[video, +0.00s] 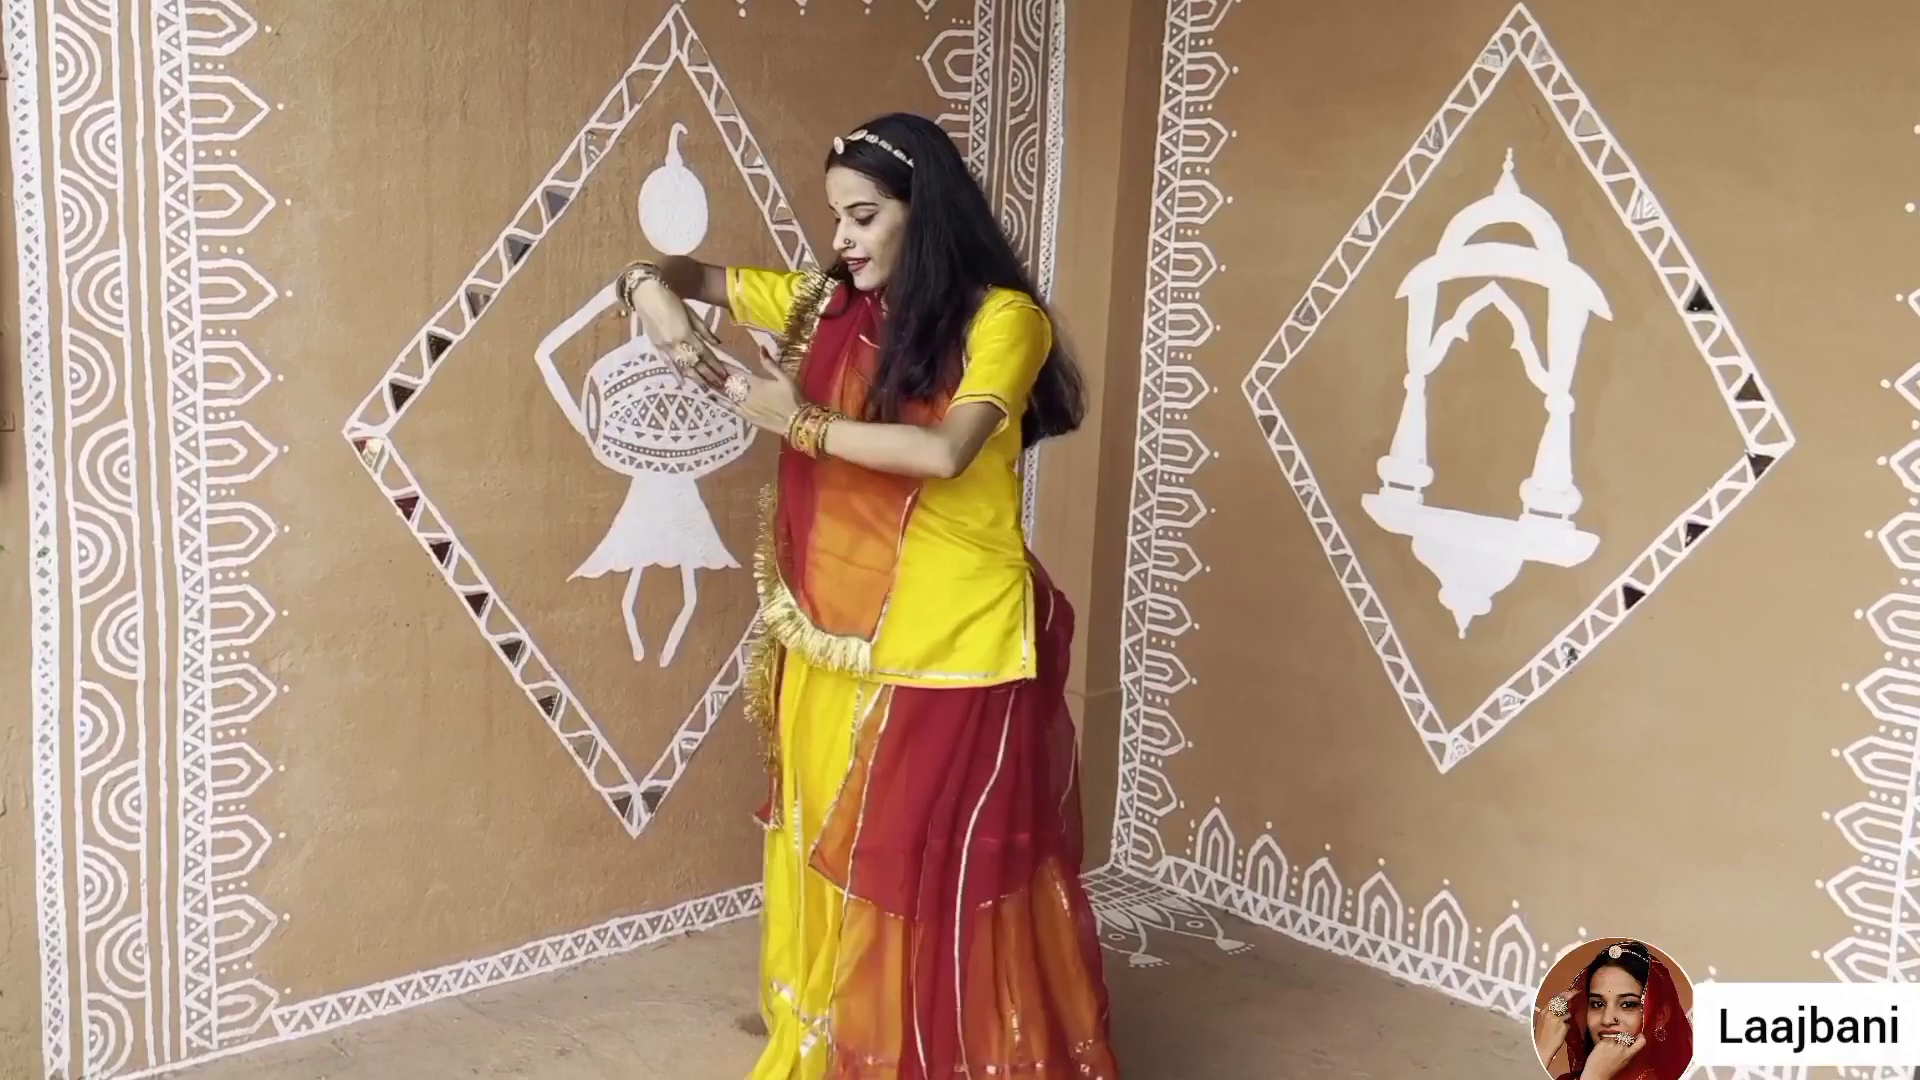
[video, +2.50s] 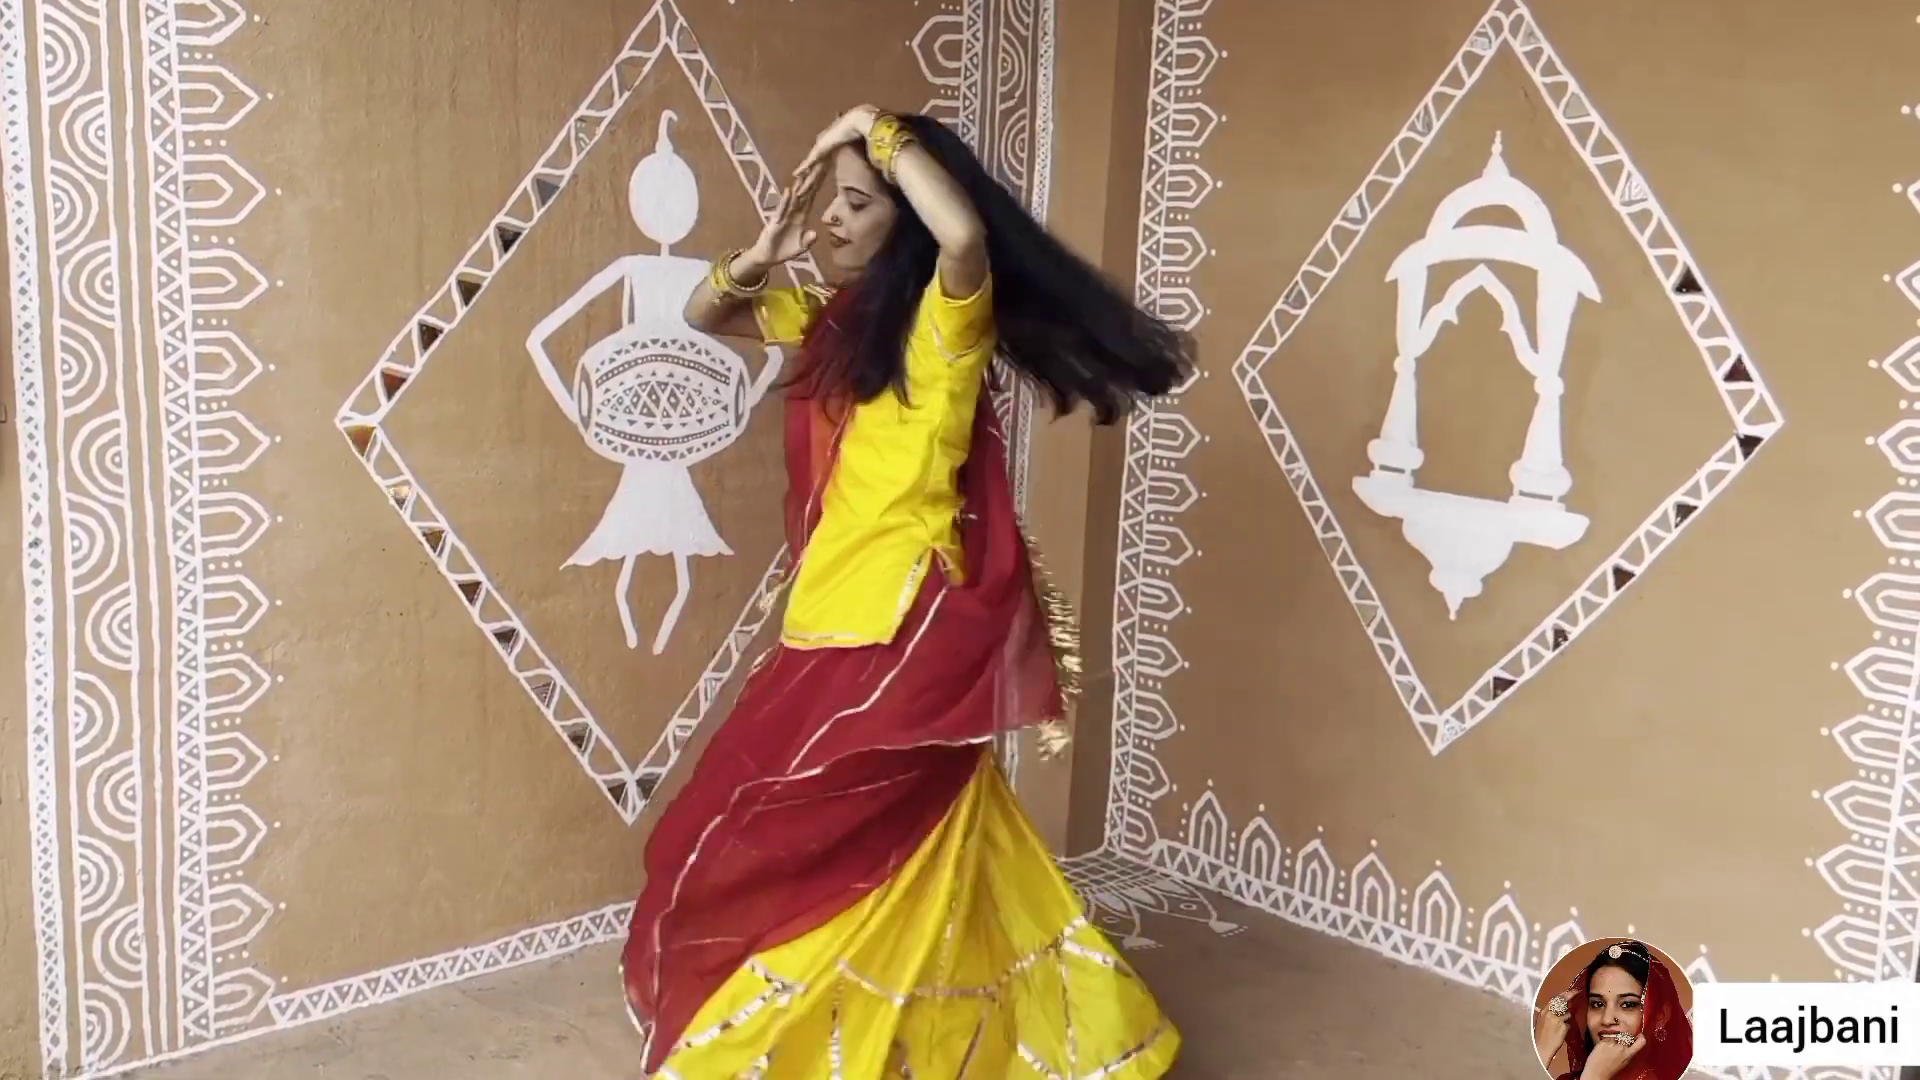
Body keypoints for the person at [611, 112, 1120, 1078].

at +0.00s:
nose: (844, 242)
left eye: (862, 219)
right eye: (837, 221)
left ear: (926, 211)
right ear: (835, 218)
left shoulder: (1004, 317)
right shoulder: (831, 302)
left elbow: (947, 452)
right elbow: (667, 276)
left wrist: (801, 422)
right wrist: (660, 301)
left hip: (961, 656)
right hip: (838, 645)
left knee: (931, 879)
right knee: (835, 875)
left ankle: (941, 1061)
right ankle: (834, 1055)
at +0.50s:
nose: (946, 223)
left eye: (963, 203)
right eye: (924, 203)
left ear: (978, 212)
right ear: (876, 219)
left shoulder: (984, 290)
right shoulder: (871, 332)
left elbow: (1091, 218)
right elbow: (960, 233)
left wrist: (1127, 137)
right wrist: (1043, 88)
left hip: (1027, 641)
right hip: (950, 653)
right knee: (1070, 881)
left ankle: (799, 974)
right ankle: (1008, 1060)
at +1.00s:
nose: (942, 216)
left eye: (951, 203)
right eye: (953, 199)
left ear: (960, 228)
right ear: (1058, 230)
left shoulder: (921, 309)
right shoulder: (1088, 345)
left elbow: (814, 198)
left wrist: (868, 112)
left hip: (912, 606)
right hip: (1025, 615)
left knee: (921, 823)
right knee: (1039, 826)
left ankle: (908, 1031)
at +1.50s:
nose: (879, 235)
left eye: (907, 216)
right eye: (868, 214)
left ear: (949, 231)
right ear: (848, 228)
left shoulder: (989, 308)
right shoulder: (819, 335)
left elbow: (1127, 217)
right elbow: (786, 303)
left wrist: (1081, 114)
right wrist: (882, 185)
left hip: (1007, 644)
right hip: (869, 648)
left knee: (993, 879)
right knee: (833, 872)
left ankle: (994, 1056)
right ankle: (827, 1056)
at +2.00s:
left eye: (885, 184)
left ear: (882, 206)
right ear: (989, 208)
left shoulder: (869, 307)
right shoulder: (1029, 327)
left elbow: (752, 208)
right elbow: (1117, 301)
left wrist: (809, 121)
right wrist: (1039, 240)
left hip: (846, 630)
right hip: (958, 638)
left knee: (809, 837)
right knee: (949, 846)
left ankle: (831, 1042)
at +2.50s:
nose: (831, 220)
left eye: (855, 203)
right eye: (825, 199)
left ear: (905, 214)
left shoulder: (938, 325)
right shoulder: (829, 316)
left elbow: (965, 241)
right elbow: (710, 315)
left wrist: (885, 136)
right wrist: (763, 255)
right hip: (828, 630)